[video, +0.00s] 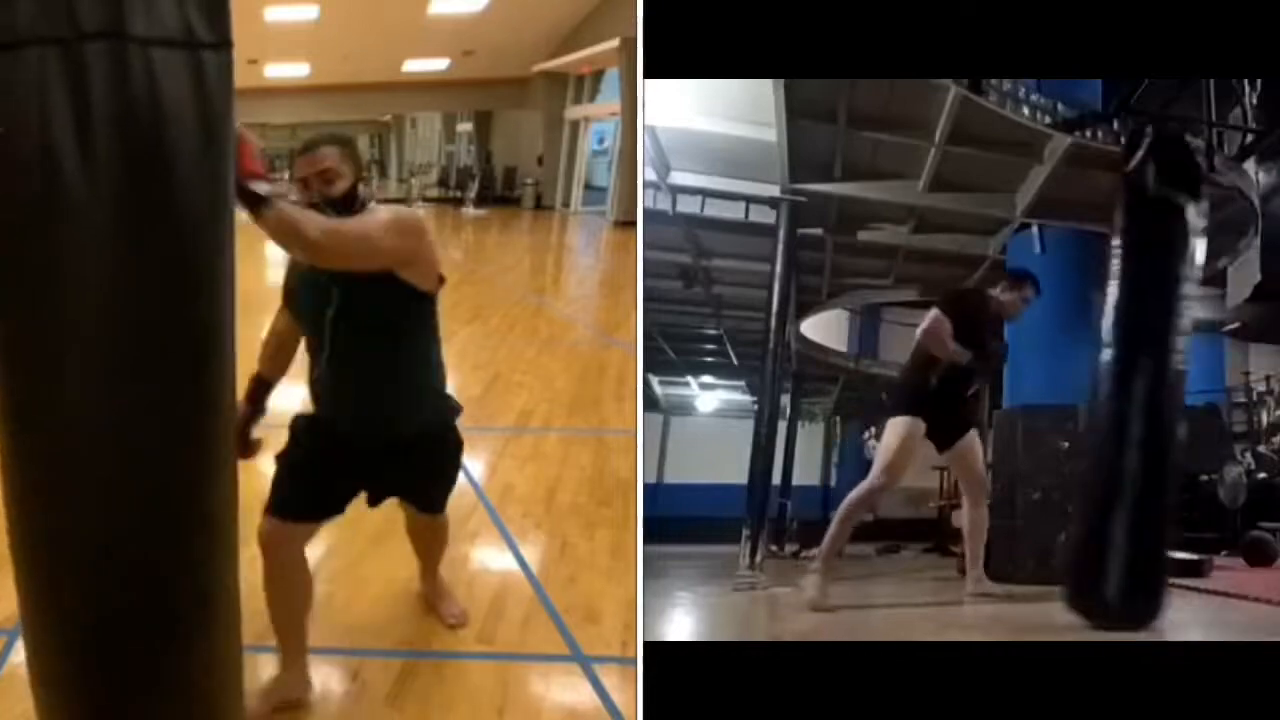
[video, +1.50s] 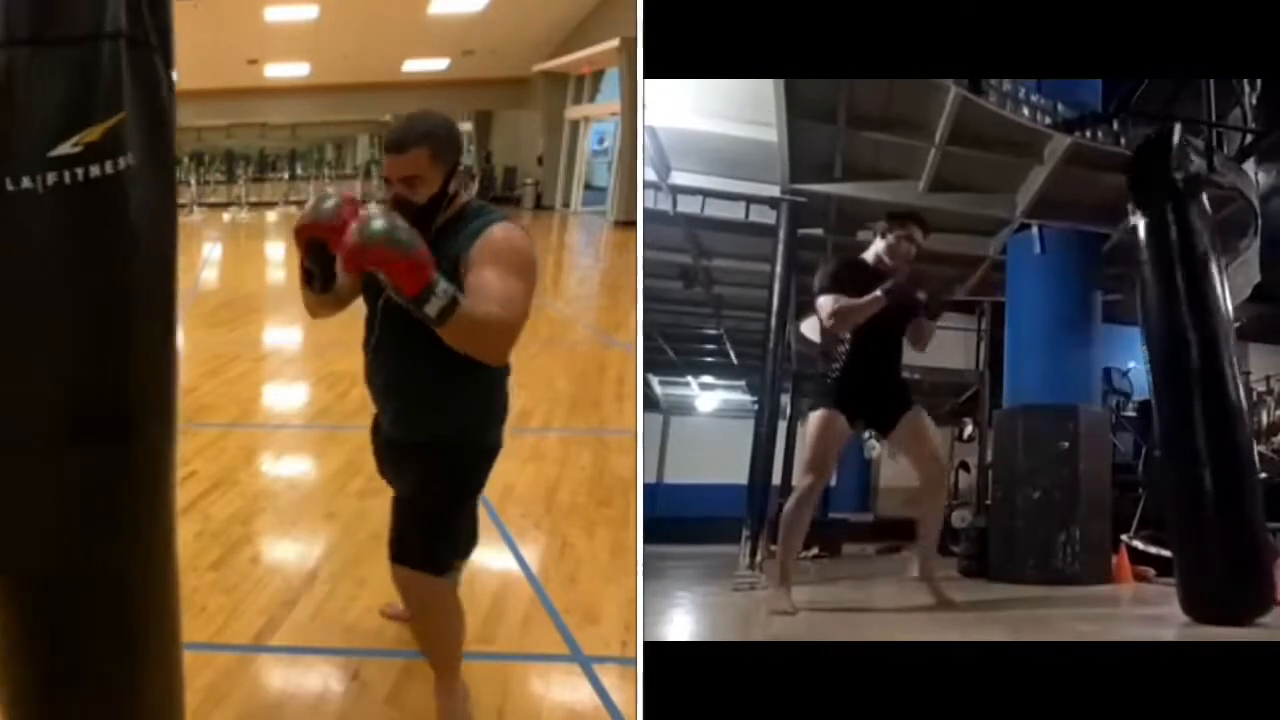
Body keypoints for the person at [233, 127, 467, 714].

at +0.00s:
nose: (318, 194)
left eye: (329, 179)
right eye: (305, 186)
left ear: (360, 179)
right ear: (295, 193)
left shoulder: (406, 230)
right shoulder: (305, 258)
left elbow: (320, 241)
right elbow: (284, 333)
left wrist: (253, 195)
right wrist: (252, 404)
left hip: (416, 424)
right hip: (334, 427)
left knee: (428, 517)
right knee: (280, 535)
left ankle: (432, 585)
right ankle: (293, 675)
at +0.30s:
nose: (256, 181)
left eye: (269, 169)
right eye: (251, 172)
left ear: (303, 175)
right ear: (251, 182)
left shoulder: (302, 214)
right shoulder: (274, 235)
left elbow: (281, 267)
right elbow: (205, 284)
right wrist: (210, 212)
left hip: (344, 381)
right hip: (360, 403)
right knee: (290, 534)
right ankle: (264, 692)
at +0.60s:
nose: (274, 188)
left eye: (289, 175)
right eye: (264, 175)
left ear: (316, 175)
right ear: (254, 178)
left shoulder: (351, 237)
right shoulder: (247, 268)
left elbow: (421, 301)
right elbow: (192, 335)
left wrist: (462, 354)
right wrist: (164, 289)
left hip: (379, 400)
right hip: (308, 429)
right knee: (283, 564)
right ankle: (266, 705)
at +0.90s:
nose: (361, 184)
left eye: (378, 171)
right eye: (353, 170)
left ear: (418, 169)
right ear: (345, 165)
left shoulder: (464, 253)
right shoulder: (348, 241)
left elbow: (468, 372)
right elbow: (302, 323)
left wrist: (401, 294)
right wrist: (271, 311)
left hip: (434, 459)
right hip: (346, 450)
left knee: (454, 580)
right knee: (305, 561)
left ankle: (470, 699)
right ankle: (283, 695)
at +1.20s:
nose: (406, 184)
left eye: (422, 169)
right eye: (398, 169)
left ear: (467, 163)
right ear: (390, 163)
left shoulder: (522, 245)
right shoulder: (401, 226)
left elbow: (529, 368)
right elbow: (325, 306)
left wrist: (460, 309)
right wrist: (312, 271)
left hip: (478, 444)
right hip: (397, 422)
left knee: (477, 581)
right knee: (360, 500)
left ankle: (472, 694)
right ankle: (392, 592)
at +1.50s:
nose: (398, 195)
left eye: (413, 182)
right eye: (390, 180)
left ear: (452, 175)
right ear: (383, 173)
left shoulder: (498, 239)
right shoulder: (389, 228)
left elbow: (494, 343)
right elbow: (325, 302)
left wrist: (421, 282)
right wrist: (315, 252)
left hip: (456, 430)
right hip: (398, 415)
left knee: (420, 572)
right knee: (419, 514)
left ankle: (451, 692)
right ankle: (427, 603)